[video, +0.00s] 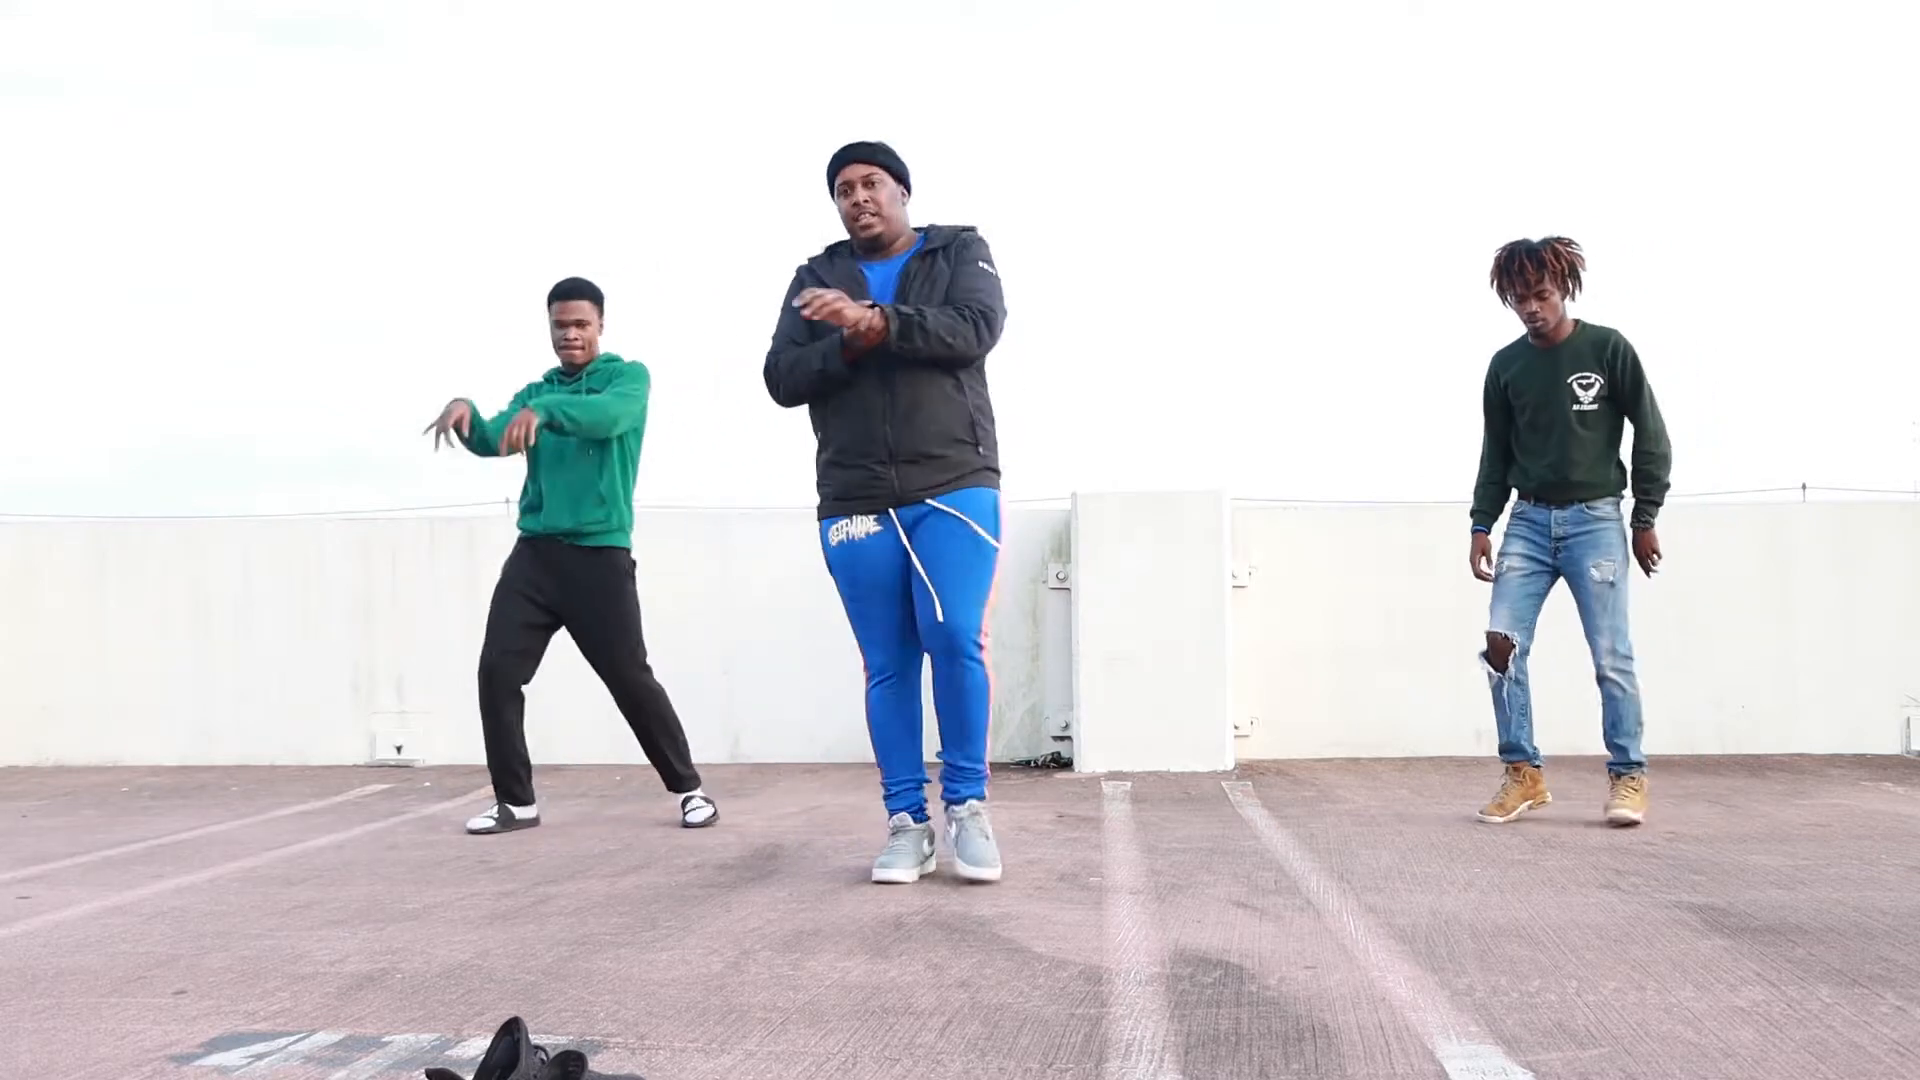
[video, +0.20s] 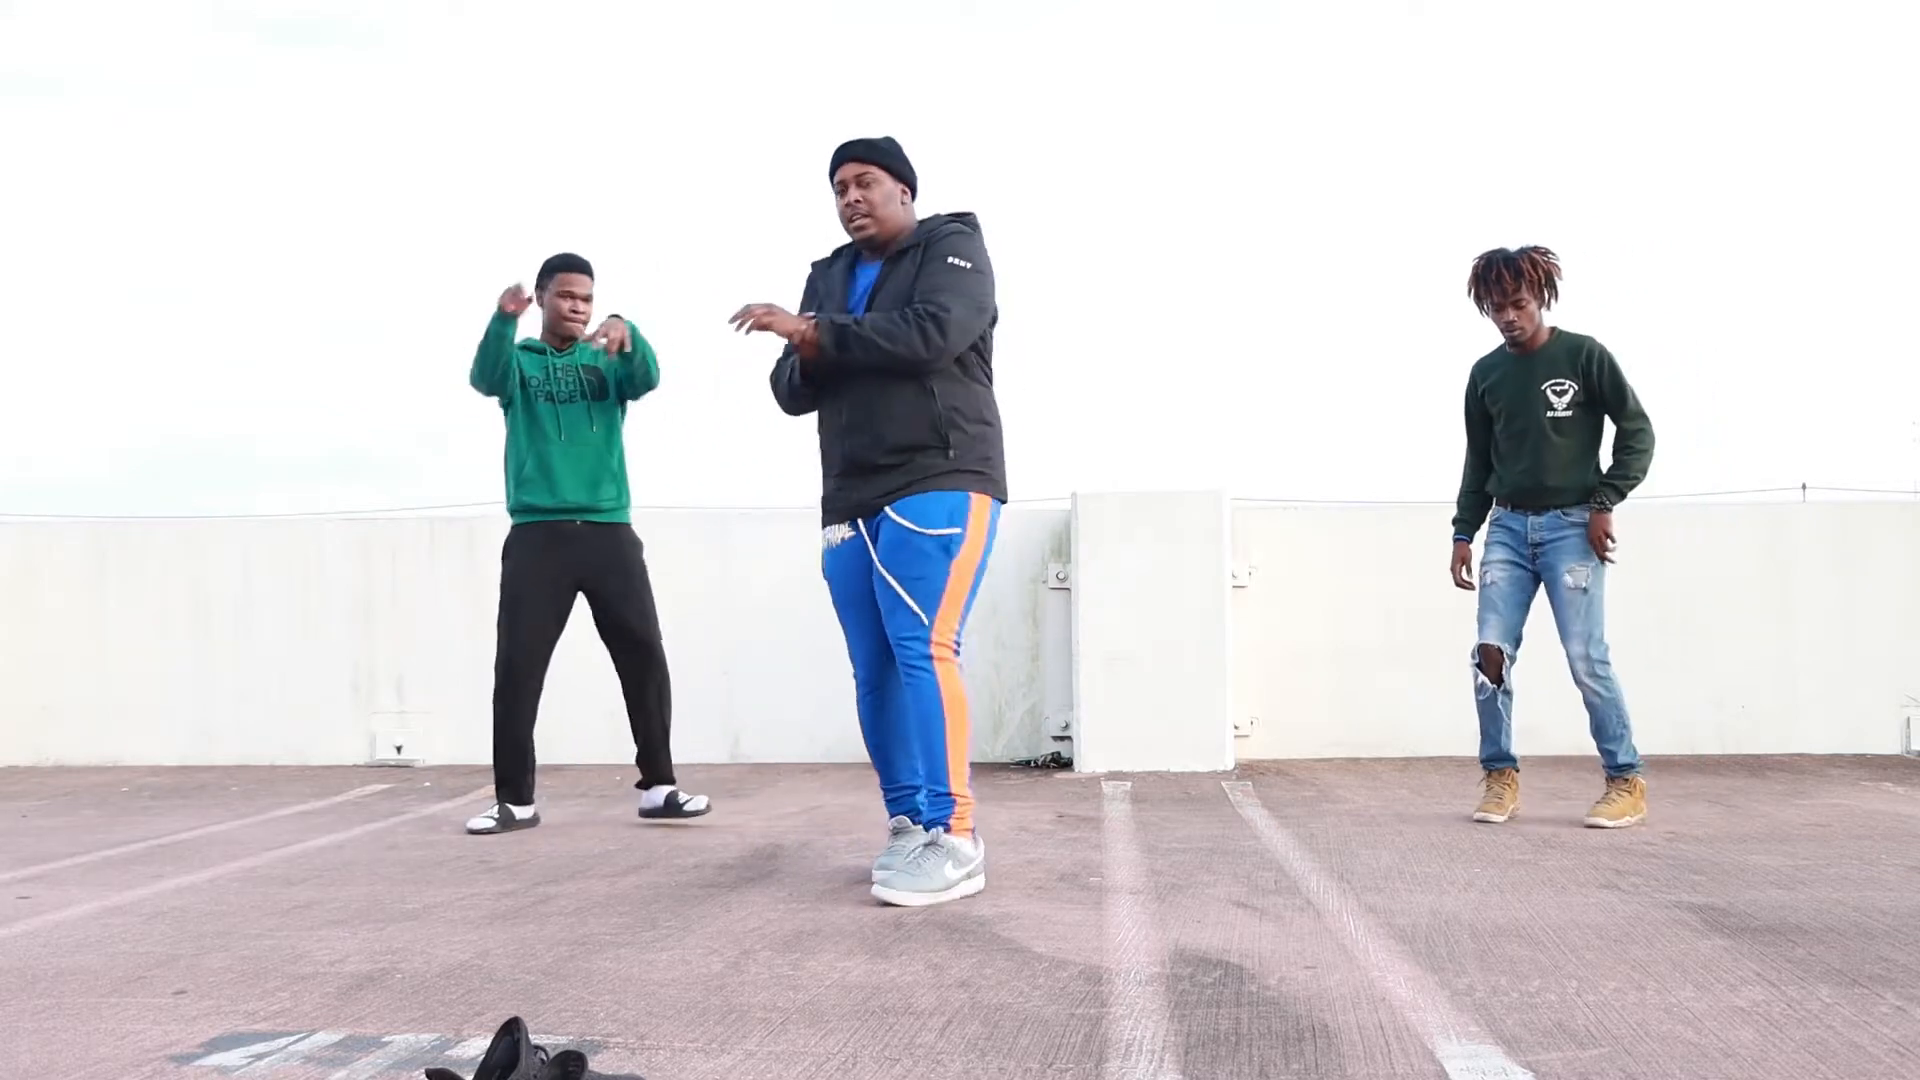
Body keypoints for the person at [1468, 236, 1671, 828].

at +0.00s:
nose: (1531, 308)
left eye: (1540, 294)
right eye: (1519, 300)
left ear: (1565, 287)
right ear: (1509, 301)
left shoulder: (1609, 348)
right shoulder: (1504, 366)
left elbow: (1651, 435)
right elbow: (1496, 456)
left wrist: (1644, 519)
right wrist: (1481, 526)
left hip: (1596, 520)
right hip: (1527, 524)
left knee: (1610, 655)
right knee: (1501, 646)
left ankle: (1627, 778)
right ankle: (1523, 774)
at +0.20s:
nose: (1507, 317)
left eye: (1517, 304)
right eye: (1496, 308)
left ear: (1542, 297)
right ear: (1486, 309)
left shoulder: (1586, 357)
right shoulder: (1484, 374)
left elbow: (1638, 432)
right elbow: (1478, 464)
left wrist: (1605, 502)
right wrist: (1463, 535)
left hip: (1571, 528)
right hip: (1505, 530)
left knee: (1585, 659)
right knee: (1490, 654)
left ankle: (1625, 782)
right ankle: (1499, 778)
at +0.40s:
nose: (1498, 318)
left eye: (1508, 304)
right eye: (1487, 308)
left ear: (1534, 299)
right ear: (1478, 309)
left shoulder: (1575, 359)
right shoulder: (1468, 372)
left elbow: (1614, 434)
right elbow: (1457, 459)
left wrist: (1589, 487)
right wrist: (1448, 534)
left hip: (1558, 526)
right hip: (1492, 529)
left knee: (1571, 641)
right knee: (1483, 655)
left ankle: (1585, 765)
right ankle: (1499, 778)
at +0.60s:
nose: (1502, 314)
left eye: (1513, 302)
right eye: (1492, 303)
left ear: (1538, 299)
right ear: (1482, 306)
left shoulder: (1576, 361)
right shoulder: (1467, 370)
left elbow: (1600, 434)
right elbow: (1451, 456)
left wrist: (1587, 481)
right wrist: (1440, 534)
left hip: (1558, 528)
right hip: (1488, 528)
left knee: (1581, 641)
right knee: (1483, 654)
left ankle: (1549, 772)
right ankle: (1500, 779)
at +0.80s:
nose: (1507, 314)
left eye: (1517, 302)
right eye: (1498, 303)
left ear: (1543, 296)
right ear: (1487, 301)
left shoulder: (1572, 354)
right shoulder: (1468, 360)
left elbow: (1591, 433)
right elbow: (1448, 447)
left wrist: (1592, 497)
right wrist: (1443, 526)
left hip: (1558, 523)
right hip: (1490, 521)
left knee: (1573, 649)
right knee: (1492, 652)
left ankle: (1540, 777)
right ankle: (1499, 778)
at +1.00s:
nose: (1510, 321)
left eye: (1520, 309)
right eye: (1500, 310)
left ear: (1542, 304)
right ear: (1488, 307)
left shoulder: (1567, 352)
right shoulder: (1466, 359)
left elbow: (1585, 439)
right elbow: (1442, 446)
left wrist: (1595, 519)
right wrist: (1443, 518)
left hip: (1556, 526)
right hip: (1486, 524)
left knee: (1568, 656)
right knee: (1484, 657)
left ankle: (1538, 781)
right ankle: (1497, 777)